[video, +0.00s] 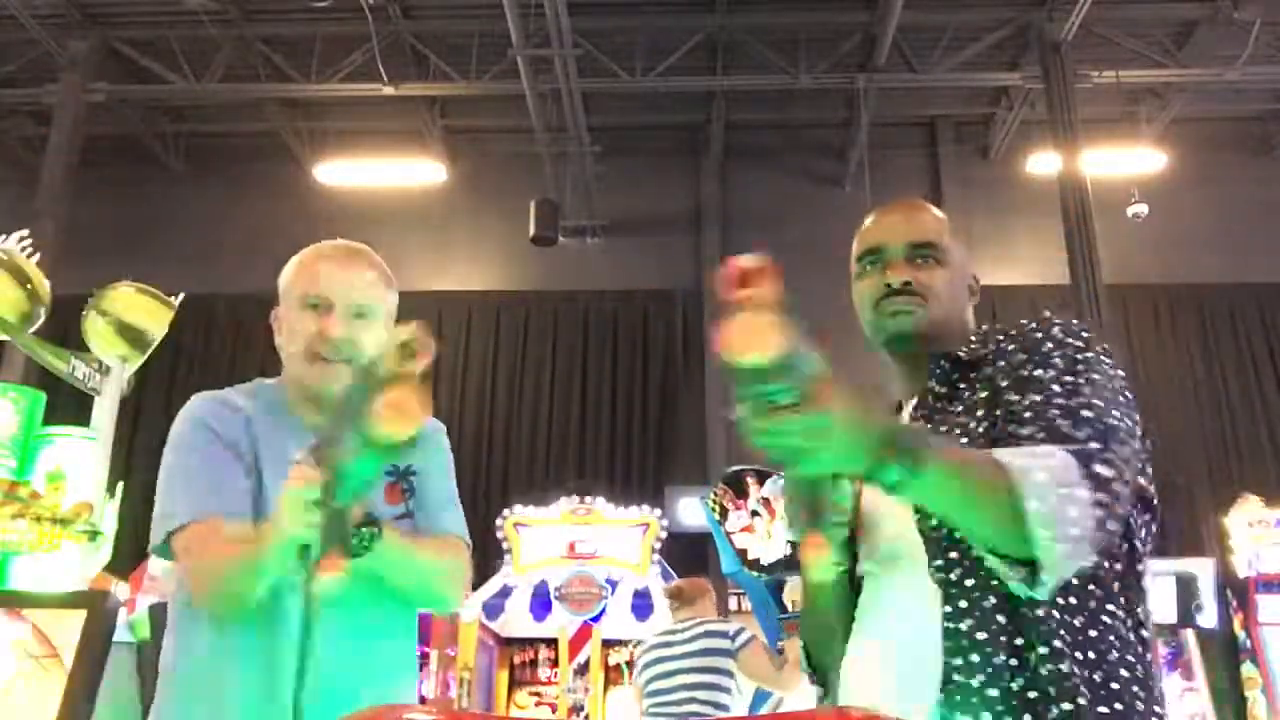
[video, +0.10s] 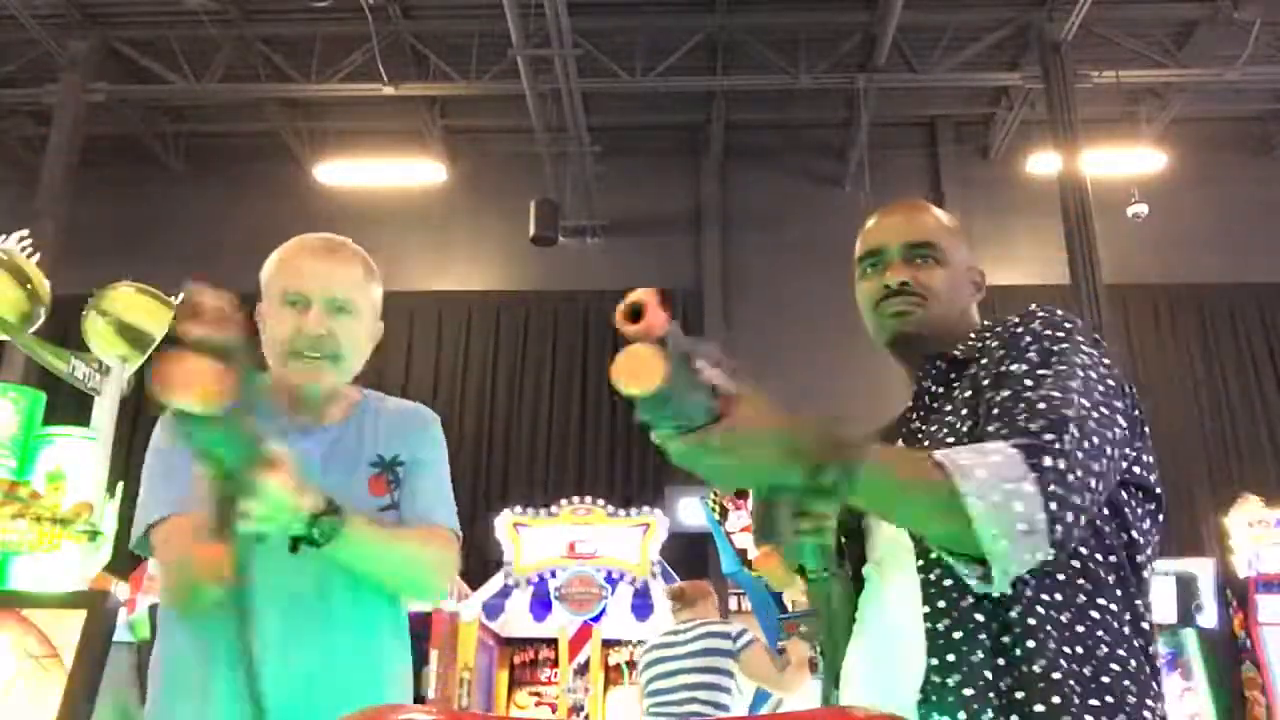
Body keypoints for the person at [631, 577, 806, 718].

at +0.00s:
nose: (716, 607)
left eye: (714, 601)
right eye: (714, 601)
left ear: (672, 610)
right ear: (710, 599)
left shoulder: (646, 648)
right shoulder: (729, 632)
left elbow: (641, 706)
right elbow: (786, 684)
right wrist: (794, 650)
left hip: (658, 714)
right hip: (711, 712)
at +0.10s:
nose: (718, 607)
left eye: (716, 602)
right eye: (716, 602)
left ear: (674, 612)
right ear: (712, 600)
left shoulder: (647, 649)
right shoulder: (731, 633)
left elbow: (645, 707)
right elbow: (789, 685)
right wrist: (799, 653)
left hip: (657, 715)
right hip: (708, 713)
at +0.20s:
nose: (722, 609)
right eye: (720, 604)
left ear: (676, 612)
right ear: (716, 602)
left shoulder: (649, 649)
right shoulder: (733, 635)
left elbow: (645, 707)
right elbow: (790, 687)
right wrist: (800, 654)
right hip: (711, 713)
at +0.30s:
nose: (724, 610)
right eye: (722, 604)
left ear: (678, 612)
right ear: (717, 602)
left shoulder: (650, 649)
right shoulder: (734, 635)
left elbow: (646, 707)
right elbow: (791, 688)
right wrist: (801, 656)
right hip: (714, 712)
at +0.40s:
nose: (725, 610)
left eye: (724, 604)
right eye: (723, 603)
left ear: (680, 611)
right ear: (716, 603)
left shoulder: (652, 648)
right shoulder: (737, 636)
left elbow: (650, 702)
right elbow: (791, 688)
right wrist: (797, 658)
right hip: (717, 713)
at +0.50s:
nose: (728, 610)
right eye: (725, 604)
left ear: (681, 611)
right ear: (720, 603)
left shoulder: (653, 647)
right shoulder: (739, 637)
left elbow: (651, 703)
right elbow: (794, 687)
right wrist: (801, 658)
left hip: (662, 714)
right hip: (716, 711)